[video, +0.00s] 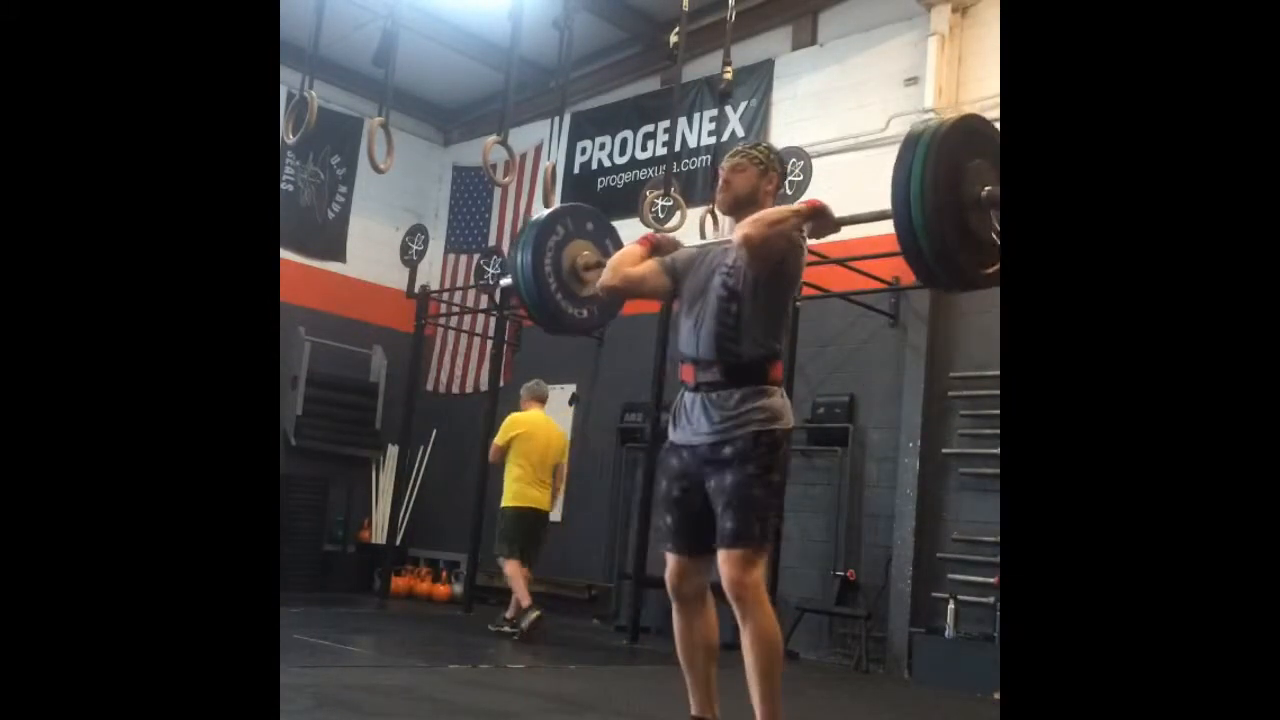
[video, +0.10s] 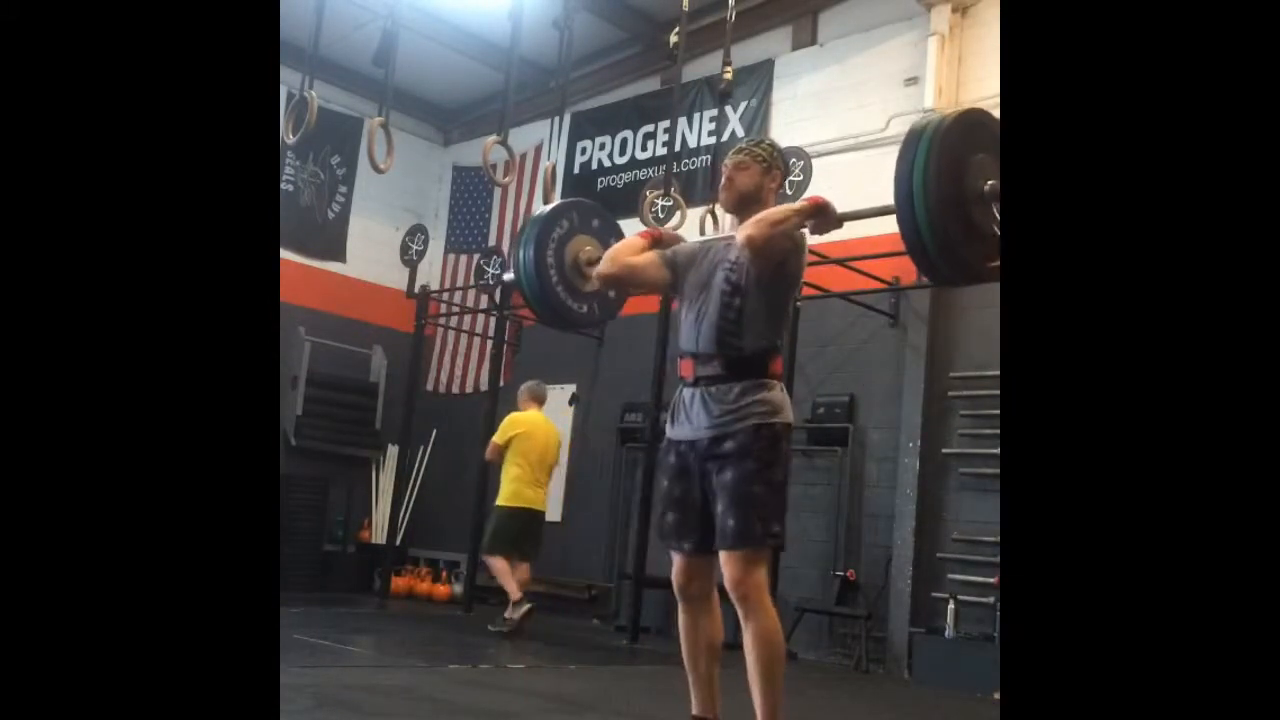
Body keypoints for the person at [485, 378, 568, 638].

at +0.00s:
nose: (520, 404)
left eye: (521, 400)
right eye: (522, 401)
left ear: (525, 400)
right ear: (545, 401)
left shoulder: (516, 420)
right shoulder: (559, 433)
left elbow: (494, 455)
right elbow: (560, 475)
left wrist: (516, 455)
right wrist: (552, 496)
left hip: (515, 499)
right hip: (542, 503)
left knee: (507, 555)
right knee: (526, 562)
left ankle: (527, 606)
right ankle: (510, 615)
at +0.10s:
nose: (518, 402)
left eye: (519, 398)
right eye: (519, 398)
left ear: (524, 398)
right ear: (543, 401)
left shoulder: (516, 419)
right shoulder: (554, 431)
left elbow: (491, 454)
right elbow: (553, 465)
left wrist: (512, 459)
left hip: (511, 499)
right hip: (537, 503)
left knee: (491, 552)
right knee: (522, 559)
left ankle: (516, 599)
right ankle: (512, 613)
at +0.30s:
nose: (510, 400)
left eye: (513, 396)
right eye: (512, 395)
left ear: (523, 398)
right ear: (533, 400)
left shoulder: (513, 419)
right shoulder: (544, 430)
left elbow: (486, 452)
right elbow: (532, 466)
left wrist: (508, 458)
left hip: (502, 497)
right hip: (529, 503)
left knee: (476, 549)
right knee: (520, 559)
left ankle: (480, 610)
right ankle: (510, 617)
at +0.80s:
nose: (469, 399)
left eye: (472, 394)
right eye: (470, 394)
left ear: (483, 397)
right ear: (491, 399)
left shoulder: (471, 424)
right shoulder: (508, 429)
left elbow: (449, 459)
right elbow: (503, 463)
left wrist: (473, 460)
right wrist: (471, 460)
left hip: (467, 497)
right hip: (495, 500)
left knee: (447, 551)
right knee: (494, 552)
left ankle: (436, 606)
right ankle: (506, 609)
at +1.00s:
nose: (453, 398)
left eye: (455, 394)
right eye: (453, 394)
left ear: (464, 395)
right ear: (475, 396)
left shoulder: (453, 421)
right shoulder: (493, 427)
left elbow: (433, 457)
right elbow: (497, 464)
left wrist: (437, 441)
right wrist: (491, 493)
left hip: (448, 496)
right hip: (476, 500)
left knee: (440, 551)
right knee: (475, 551)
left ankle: (436, 606)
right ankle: (491, 591)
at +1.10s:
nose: (446, 397)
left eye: (449, 392)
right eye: (447, 392)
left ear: (460, 394)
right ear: (468, 396)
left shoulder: (448, 421)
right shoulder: (488, 426)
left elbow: (430, 454)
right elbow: (490, 465)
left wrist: (423, 450)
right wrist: (483, 493)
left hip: (444, 497)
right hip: (471, 500)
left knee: (439, 551)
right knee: (464, 553)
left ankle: (435, 606)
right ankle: (473, 596)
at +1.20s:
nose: (442, 397)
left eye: (446, 392)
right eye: (442, 392)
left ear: (458, 393)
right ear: (463, 395)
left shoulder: (448, 421)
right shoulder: (484, 426)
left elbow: (428, 455)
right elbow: (482, 467)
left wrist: (425, 443)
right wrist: (471, 485)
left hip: (442, 494)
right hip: (464, 497)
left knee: (440, 551)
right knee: (449, 552)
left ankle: (436, 606)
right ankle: (444, 602)